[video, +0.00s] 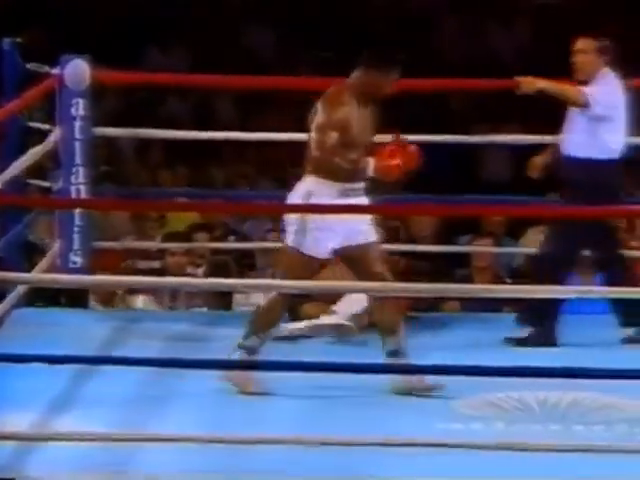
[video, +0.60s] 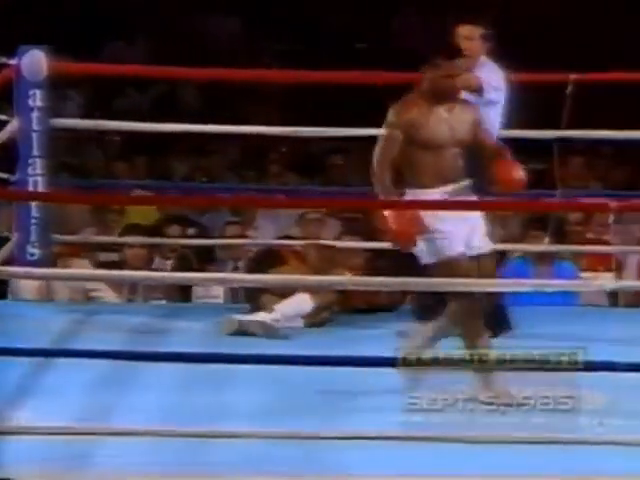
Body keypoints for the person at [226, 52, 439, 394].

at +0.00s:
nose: (387, 90)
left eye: (391, 83)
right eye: (385, 81)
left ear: (381, 79)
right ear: (367, 74)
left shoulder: (366, 107)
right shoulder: (333, 105)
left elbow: (353, 150)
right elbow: (320, 157)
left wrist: (386, 157)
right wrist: (372, 167)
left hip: (351, 204)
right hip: (316, 203)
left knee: (381, 286)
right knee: (289, 289)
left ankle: (400, 370)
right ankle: (242, 362)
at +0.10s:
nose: (417, 89)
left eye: (418, 82)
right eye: (414, 81)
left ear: (401, 81)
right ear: (395, 76)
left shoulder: (395, 111)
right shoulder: (357, 106)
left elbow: (388, 160)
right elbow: (340, 157)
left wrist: (421, 168)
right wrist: (388, 168)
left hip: (381, 201)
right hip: (345, 199)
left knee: (406, 279)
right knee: (338, 291)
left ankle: (400, 371)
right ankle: (269, 343)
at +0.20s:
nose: (429, 80)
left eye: (430, 73)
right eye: (426, 72)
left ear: (417, 73)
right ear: (404, 66)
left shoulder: (411, 102)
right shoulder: (365, 97)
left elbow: (407, 144)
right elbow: (349, 148)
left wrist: (437, 153)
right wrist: (389, 168)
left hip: (398, 194)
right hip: (362, 192)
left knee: (412, 280)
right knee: (376, 292)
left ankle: (396, 370)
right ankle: (311, 325)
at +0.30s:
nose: (444, 69)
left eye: (446, 62)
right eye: (439, 61)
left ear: (439, 62)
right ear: (416, 56)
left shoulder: (434, 90)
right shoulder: (380, 89)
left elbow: (432, 136)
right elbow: (360, 141)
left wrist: (457, 141)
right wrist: (387, 175)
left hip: (418, 181)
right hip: (382, 182)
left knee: (410, 279)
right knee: (407, 276)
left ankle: (392, 366)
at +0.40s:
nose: (453, 68)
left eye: (455, 61)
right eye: (447, 60)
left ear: (452, 59)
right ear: (425, 56)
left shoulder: (447, 93)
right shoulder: (391, 92)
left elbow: (451, 136)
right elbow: (369, 138)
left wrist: (471, 139)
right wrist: (388, 182)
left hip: (431, 182)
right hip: (394, 183)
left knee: (410, 272)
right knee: (431, 272)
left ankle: (385, 363)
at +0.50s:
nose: (457, 84)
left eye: (460, 77)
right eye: (452, 77)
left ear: (461, 78)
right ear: (434, 75)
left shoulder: (462, 106)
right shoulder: (403, 106)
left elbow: (478, 142)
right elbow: (377, 152)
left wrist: (494, 153)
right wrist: (389, 200)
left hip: (453, 195)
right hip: (414, 200)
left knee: (442, 282)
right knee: (458, 281)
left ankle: (395, 354)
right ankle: (491, 377)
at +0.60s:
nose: (453, 86)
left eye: (456, 78)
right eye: (446, 78)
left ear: (459, 81)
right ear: (427, 79)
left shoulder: (466, 112)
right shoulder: (405, 113)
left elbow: (486, 146)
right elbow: (380, 164)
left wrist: (504, 164)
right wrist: (391, 207)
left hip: (464, 198)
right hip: (425, 202)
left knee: (484, 285)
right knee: (464, 288)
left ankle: (421, 341)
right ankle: (488, 378)